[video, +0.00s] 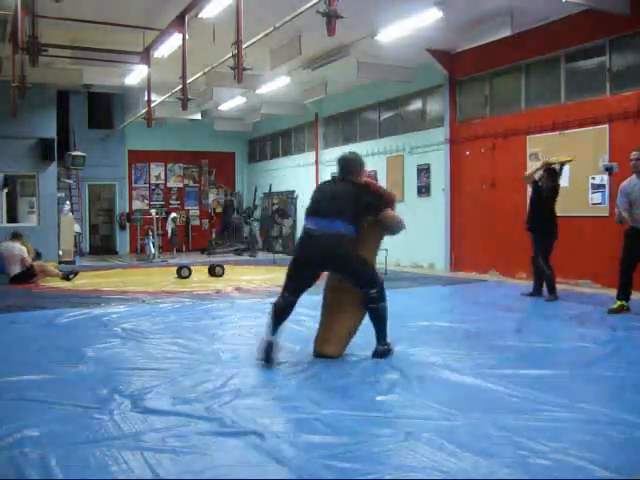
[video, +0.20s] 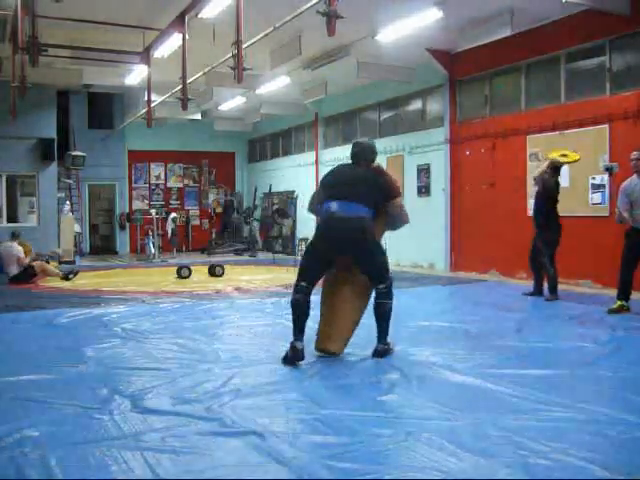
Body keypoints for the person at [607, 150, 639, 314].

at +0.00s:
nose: (634, 163)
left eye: (636, 160)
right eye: (632, 160)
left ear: (639, 162)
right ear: (630, 163)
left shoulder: (629, 186)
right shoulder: (626, 186)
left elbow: (623, 209)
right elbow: (622, 208)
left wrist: (627, 222)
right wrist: (627, 222)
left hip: (634, 229)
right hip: (633, 228)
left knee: (627, 265)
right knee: (626, 265)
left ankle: (623, 299)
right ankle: (622, 299)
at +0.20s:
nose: (634, 163)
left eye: (636, 160)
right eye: (633, 160)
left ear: (639, 162)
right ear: (631, 163)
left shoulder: (629, 186)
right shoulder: (627, 186)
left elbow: (624, 209)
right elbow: (623, 209)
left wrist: (629, 222)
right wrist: (629, 222)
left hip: (634, 229)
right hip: (633, 229)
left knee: (628, 265)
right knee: (627, 265)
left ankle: (623, 299)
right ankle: (622, 299)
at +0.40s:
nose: (635, 163)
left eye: (637, 160)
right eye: (634, 160)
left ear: (639, 162)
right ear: (632, 163)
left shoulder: (631, 186)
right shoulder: (628, 186)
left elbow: (624, 208)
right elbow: (624, 207)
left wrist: (627, 218)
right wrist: (628, 219)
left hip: (635, 230)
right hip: (634, 229)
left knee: (628, 264)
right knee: (627, 264)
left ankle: (623, 299)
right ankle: (623, 299)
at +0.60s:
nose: (635, 164)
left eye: (637, 160)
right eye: (634, 161)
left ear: (639, 163)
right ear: (632, 163)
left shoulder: (631, 186)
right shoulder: (629, 186)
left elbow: (625, 210)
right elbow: (625, 209)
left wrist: (625, 217)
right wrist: (627, 218)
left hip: (635, 229)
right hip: (635, 228)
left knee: (628, 262)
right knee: (627, 263)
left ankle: (624, 298)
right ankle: (624, 298)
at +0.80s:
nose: (635, 163)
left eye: (637, 160)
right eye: (634, 161)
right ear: (632, 163)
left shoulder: (631, 186)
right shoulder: (629, 185)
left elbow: (625, 207)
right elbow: (625, 207)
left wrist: (630, 219)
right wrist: (630, 219)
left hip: (636, 228)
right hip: (635, 228)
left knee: (628, 264)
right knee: (627, 264)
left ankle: (634, 295)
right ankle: (633, 295)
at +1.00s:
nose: (635, 163)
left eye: (637, 160)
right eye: (634, 161)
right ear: (631, 164)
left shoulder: (630, 186)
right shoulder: (628, 186)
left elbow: (625, 208)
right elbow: (625, 207)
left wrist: (629, 217)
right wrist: (630, 218)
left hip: (635, 229)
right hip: (635, 229)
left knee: (634, 265)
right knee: (633, 265)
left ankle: (638, 297)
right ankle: (638, 297)